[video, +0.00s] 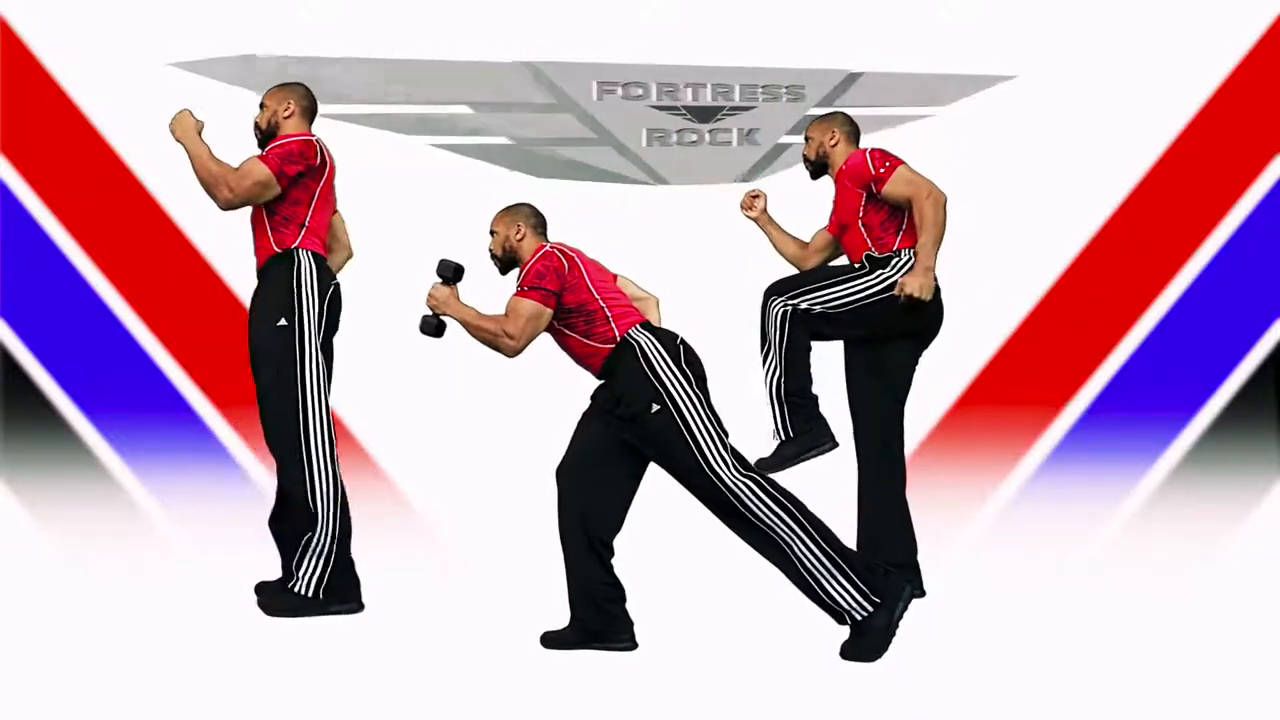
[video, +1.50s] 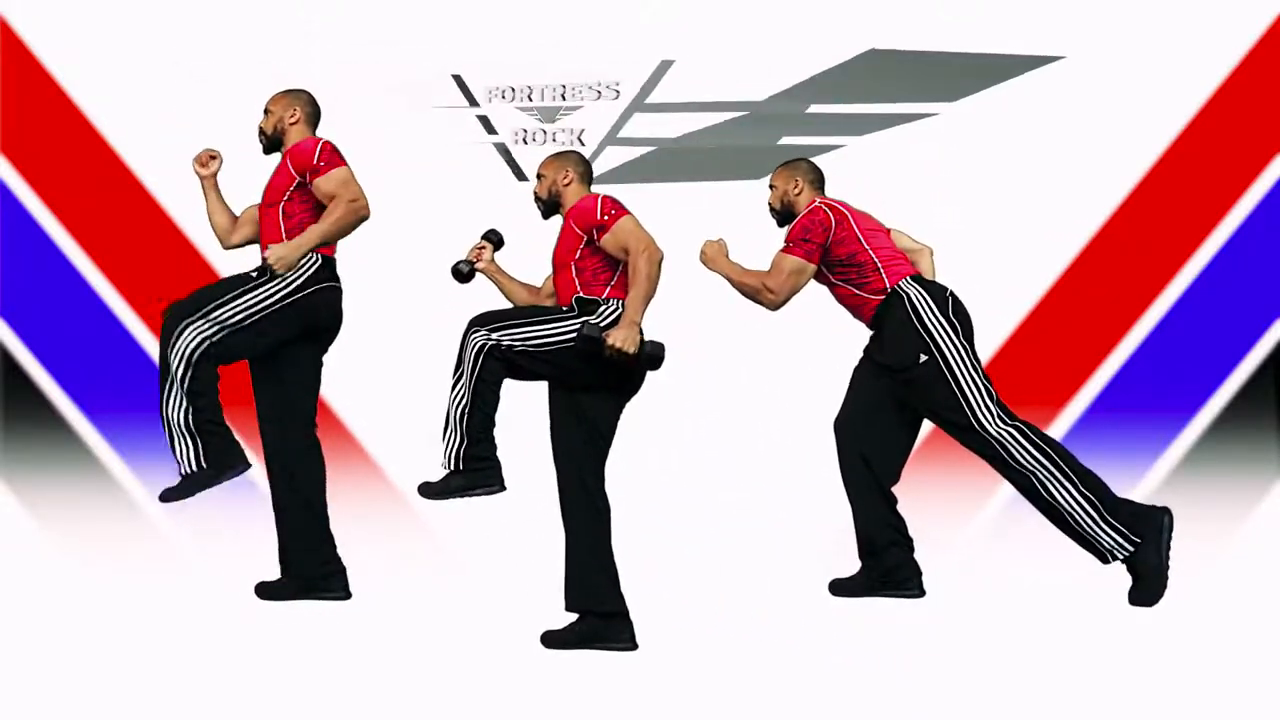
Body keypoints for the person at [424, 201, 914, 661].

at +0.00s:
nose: (489, 245)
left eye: (495, 234)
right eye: (490, 236)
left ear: (522, 230)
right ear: (530, 234)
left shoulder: (546, 262)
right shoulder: (565, 264)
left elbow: (509, 338)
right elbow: (644, 301)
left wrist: (453, 307)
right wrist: (655, 371)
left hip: (649, 362)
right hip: (626, 379)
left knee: (730, 485)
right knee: (580, 486)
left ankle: (868, 600)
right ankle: (601, 623)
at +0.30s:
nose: (492, 245)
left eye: (497, 234)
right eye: (492, 237)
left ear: (525, 229)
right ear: (532, 234)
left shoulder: (547, 260)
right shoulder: (568, 264)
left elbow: (511, 338)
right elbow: (646, 301)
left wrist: (455, 306)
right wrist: (656, 371)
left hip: (650, 361)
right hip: (629, 376)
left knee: (730, 483)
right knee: (582, 485)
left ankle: (869, 599)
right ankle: (601, 622)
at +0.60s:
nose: (492, 236)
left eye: (498, 226)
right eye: (492, 229)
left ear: (524, 222)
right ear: (527, 229)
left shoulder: (551, 251)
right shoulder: (566, 258)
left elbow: (534, 323)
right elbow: (637, 310)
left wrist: (466, 315)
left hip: (639, 359)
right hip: (612, 378)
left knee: (703, 483)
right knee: (576, 487)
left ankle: (848, 590)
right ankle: (601, 621)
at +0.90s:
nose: (517, 201)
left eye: (523, 191)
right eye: (519, 193)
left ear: (547, 189)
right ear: (548, 191)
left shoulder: (575, 215)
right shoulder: (565, 245)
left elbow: (621, 263)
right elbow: (572, 325)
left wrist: (579, 327)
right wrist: (506, 325)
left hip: (617, 335)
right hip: (618, 352)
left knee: (514, 406)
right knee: (592, 484)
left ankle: (554, 541)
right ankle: (603, 620)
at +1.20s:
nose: (532, 188)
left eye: (538, 178)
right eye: (533, 180)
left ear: (563, 177)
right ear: (563, 179)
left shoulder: (591, 206)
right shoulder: (573, 238)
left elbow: (649, 256)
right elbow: (533, 296)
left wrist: (638, 328)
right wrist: (486, 261)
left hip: (599, 324)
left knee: (484, 335)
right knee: (579, 484)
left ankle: (486, 465)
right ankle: (603, 618)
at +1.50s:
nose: (534, 188)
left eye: (539, 178)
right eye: (535, 181)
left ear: (565, 175)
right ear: (569, 178)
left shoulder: (590, 205)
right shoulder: (570, 236)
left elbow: (646, 253)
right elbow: (542, 301)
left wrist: (631, 321)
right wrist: (493, 269)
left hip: (597, 329)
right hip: (600, 347)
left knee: (483, 334)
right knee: (580, 483)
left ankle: (472, 466)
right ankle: (603, 617)